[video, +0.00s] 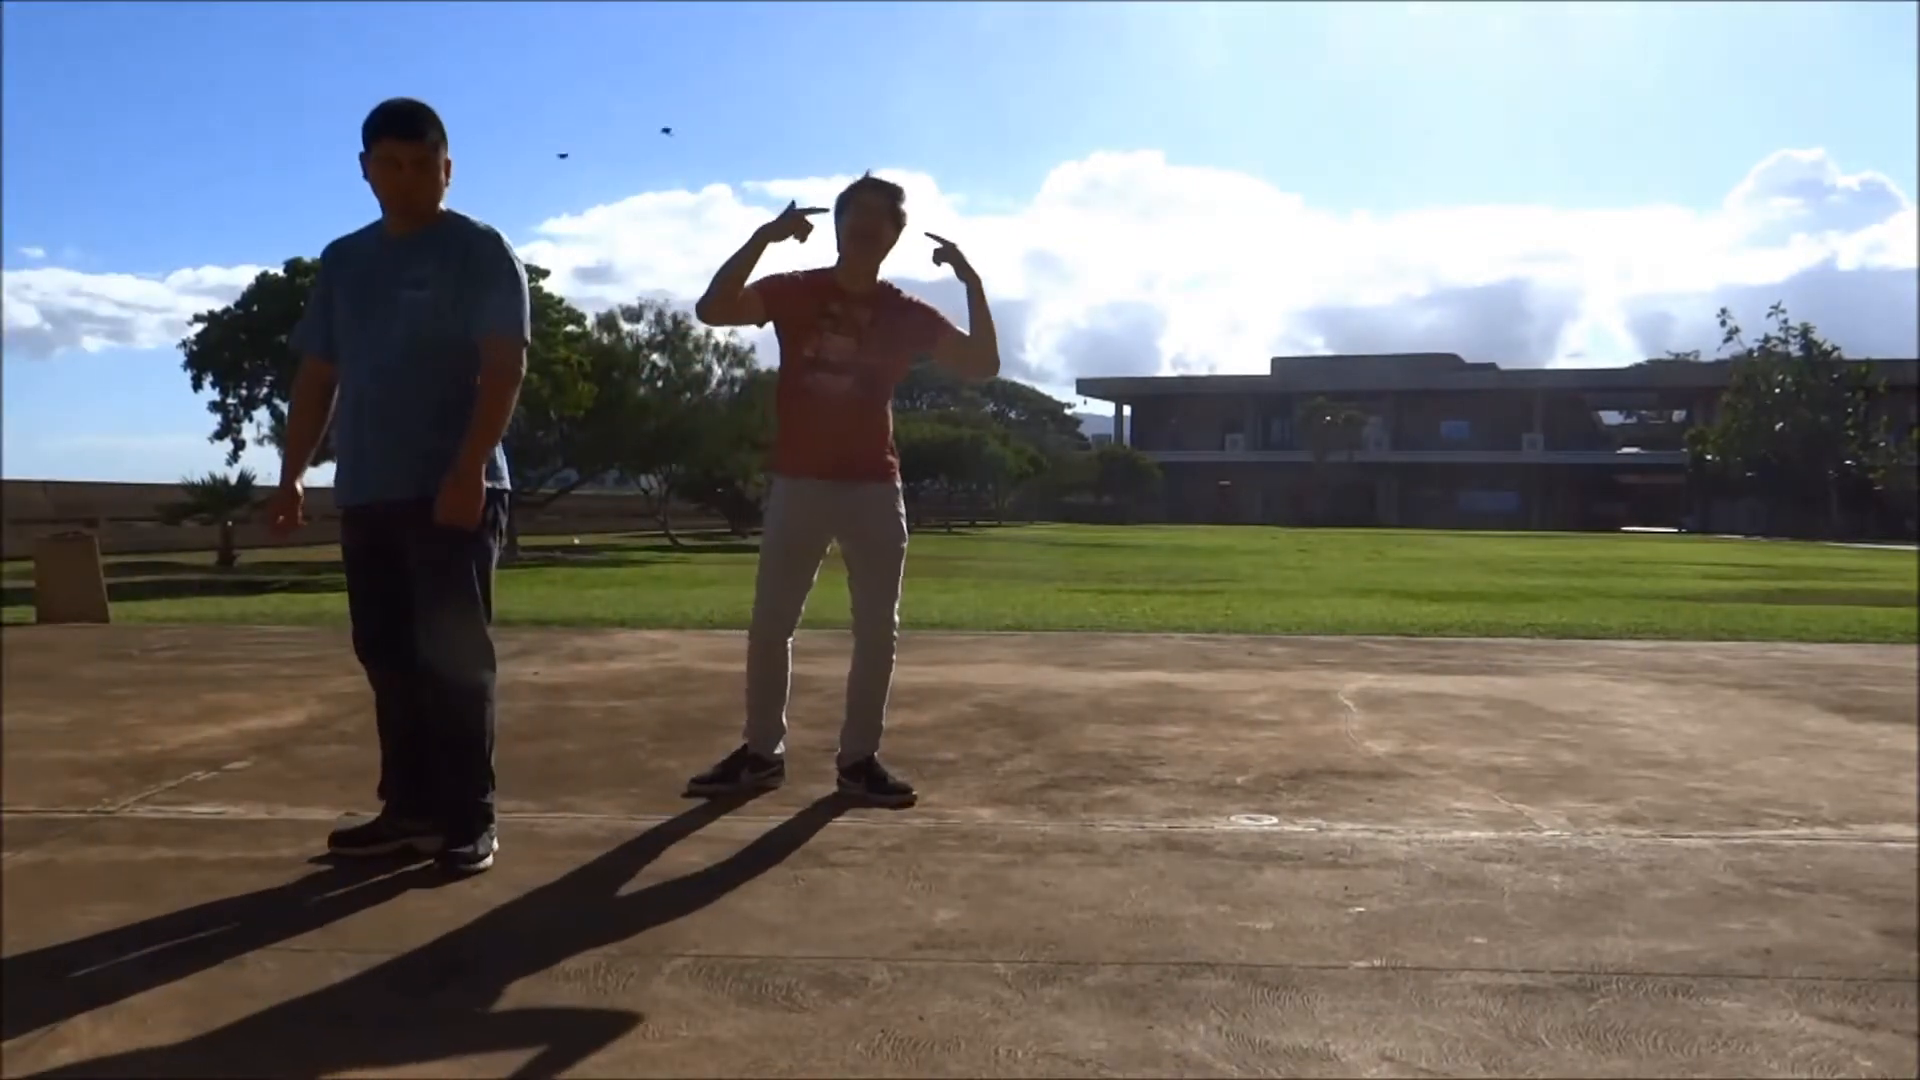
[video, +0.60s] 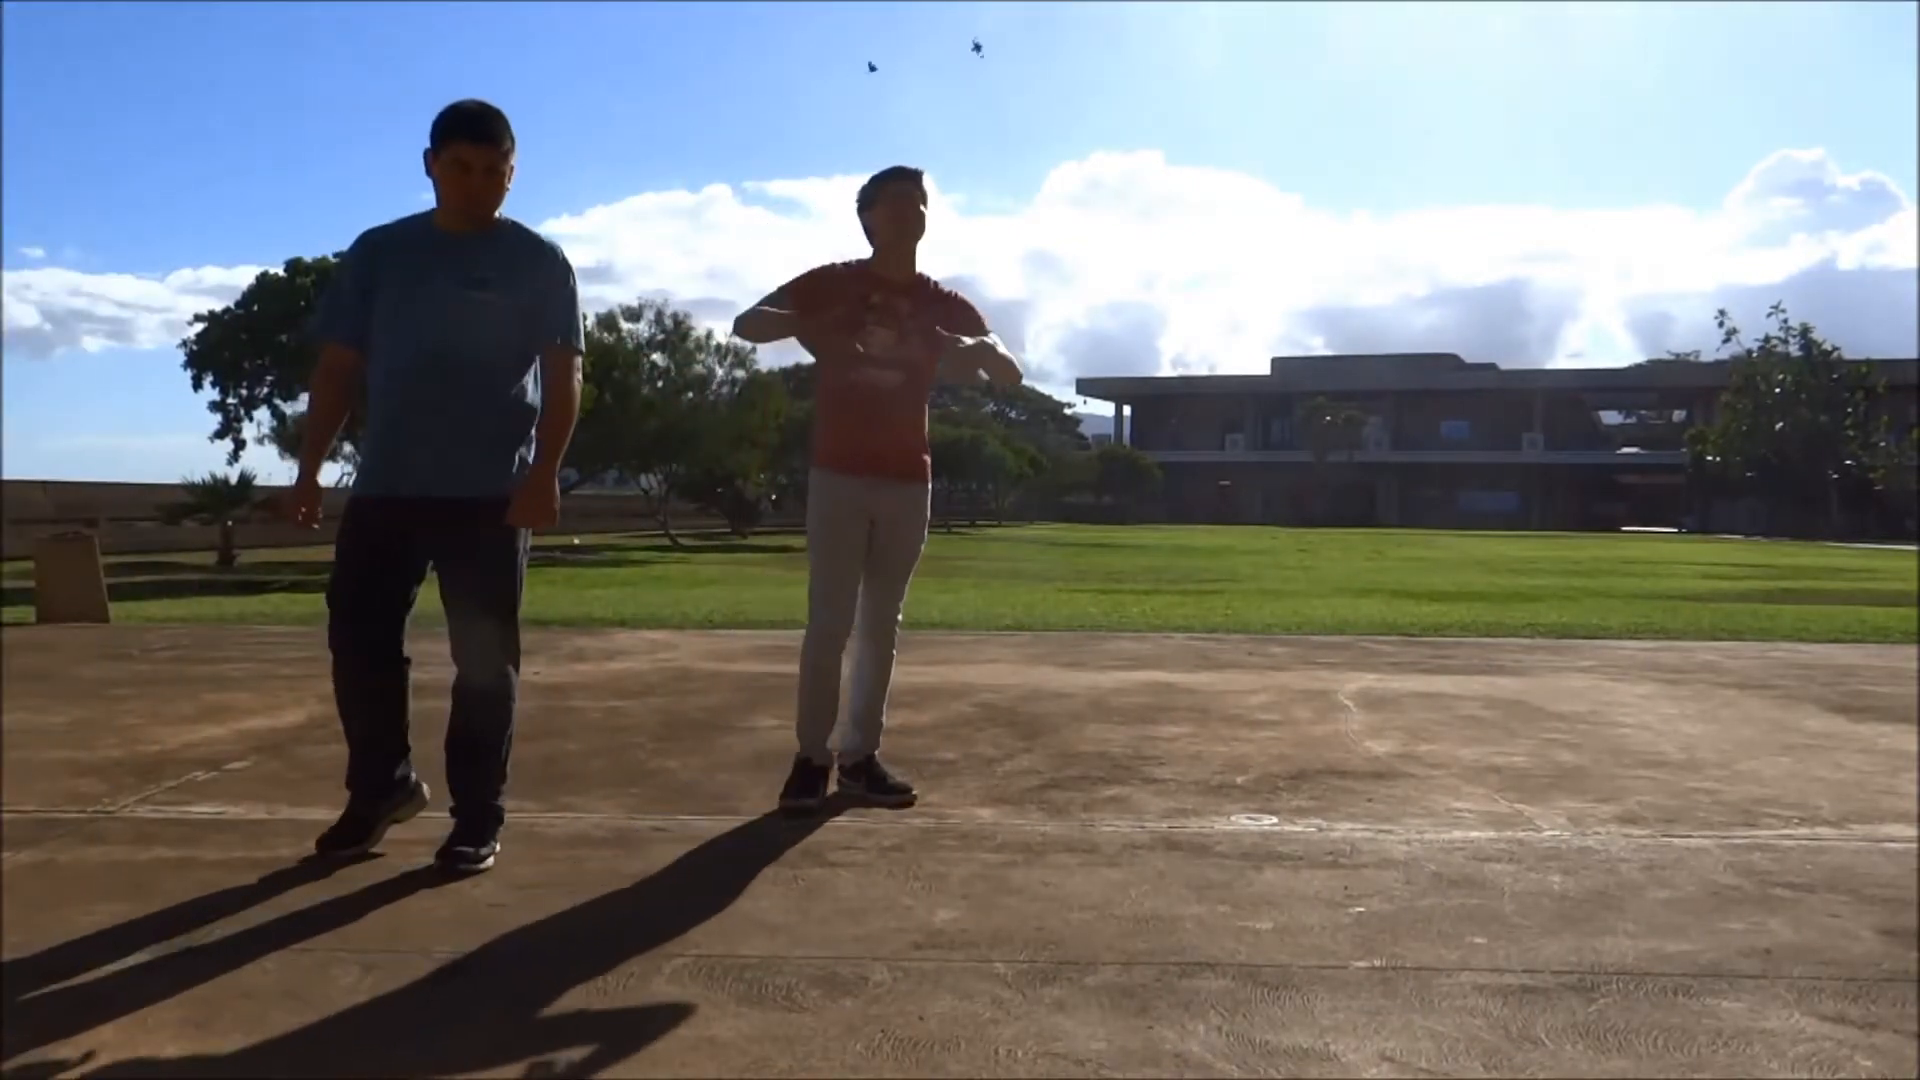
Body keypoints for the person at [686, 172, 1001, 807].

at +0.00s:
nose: (872, 226)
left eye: (885, 218)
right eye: (862, 213)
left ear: (898, 233)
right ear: (838, 222)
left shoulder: (904, 313)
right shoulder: (795, 290)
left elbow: (984, 361)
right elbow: (713, 308)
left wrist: (971, 282)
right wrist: (764, 237)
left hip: (874, 492)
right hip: (799, 487)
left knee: (877, 633)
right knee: (770, 624)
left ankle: (859, 761)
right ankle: (762, 753)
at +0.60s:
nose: (910, 213)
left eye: (917, 203)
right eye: (896, 203)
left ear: (928, 215)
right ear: (868, 216)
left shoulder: (946, 306)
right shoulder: (831, 284)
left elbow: (1010, 376)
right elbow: (746, 326)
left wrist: (978, 352)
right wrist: (805, 325)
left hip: (907, 482)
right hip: (838, 476)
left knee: (882, 625)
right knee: (829, 621)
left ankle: (859, 760)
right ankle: (811, 760)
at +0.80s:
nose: (924, 210)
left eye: (925, 200)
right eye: (909, 200)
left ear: (926, 215)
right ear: (873, 215)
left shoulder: (951, 305)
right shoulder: (835, 289)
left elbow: (983, 389)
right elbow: (777, 371)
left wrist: (973, 427)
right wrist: (820, 404)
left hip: (916, 480)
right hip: (851, 476)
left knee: (890, 620)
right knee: (865, 615)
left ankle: (865, 754)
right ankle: (860, 760)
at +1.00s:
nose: (933, 209)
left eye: (931, 199)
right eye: (918, 200)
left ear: (925, 214)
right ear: (878, 215)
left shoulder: (952, 300)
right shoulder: (841, 293)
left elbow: (979, 393)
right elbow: (796, 387)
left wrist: (981, 468)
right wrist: (828, 466)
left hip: (930, 484)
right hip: (863, 481)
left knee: (893, 622)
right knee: (889, 621)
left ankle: (857, 756)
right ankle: (904, 763)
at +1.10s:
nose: (939, 210)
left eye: (937, 200)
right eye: (926, 200)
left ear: (920, 214)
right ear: (885, 214)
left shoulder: (952, 298)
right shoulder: (845, 294)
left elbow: (982, 390)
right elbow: (804, 394)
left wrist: (998, 474)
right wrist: (822, 487)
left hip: (935, 482)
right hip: (870, 481)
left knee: (898, 620)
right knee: (899, 621)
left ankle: (857, 755)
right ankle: (911, 775)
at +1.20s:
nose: (946, 206)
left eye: (942, 196)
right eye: (931, 198)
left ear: (922, 213)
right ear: (893, 212)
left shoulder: (957, 296)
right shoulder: (850, 294)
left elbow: (991, 387)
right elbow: (810, 397)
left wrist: (1015, 469)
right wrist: (815, 491)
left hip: (941, 481)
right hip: (878, 479)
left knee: (900, 619)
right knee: (909, 621)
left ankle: (858, 754)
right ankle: (917, 779)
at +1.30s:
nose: (954, 202)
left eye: (950, 191)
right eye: (939, 193)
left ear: (928, 209)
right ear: (901, 207)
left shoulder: (961, 291)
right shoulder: (854, 291)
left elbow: (1003, 384)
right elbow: (815, 396)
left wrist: (1034, 465)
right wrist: (808, 492)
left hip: (946, 478)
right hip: (882, 476)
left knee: (907, 615)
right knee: (916, 618)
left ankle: (860, 749)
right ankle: (918, 784)